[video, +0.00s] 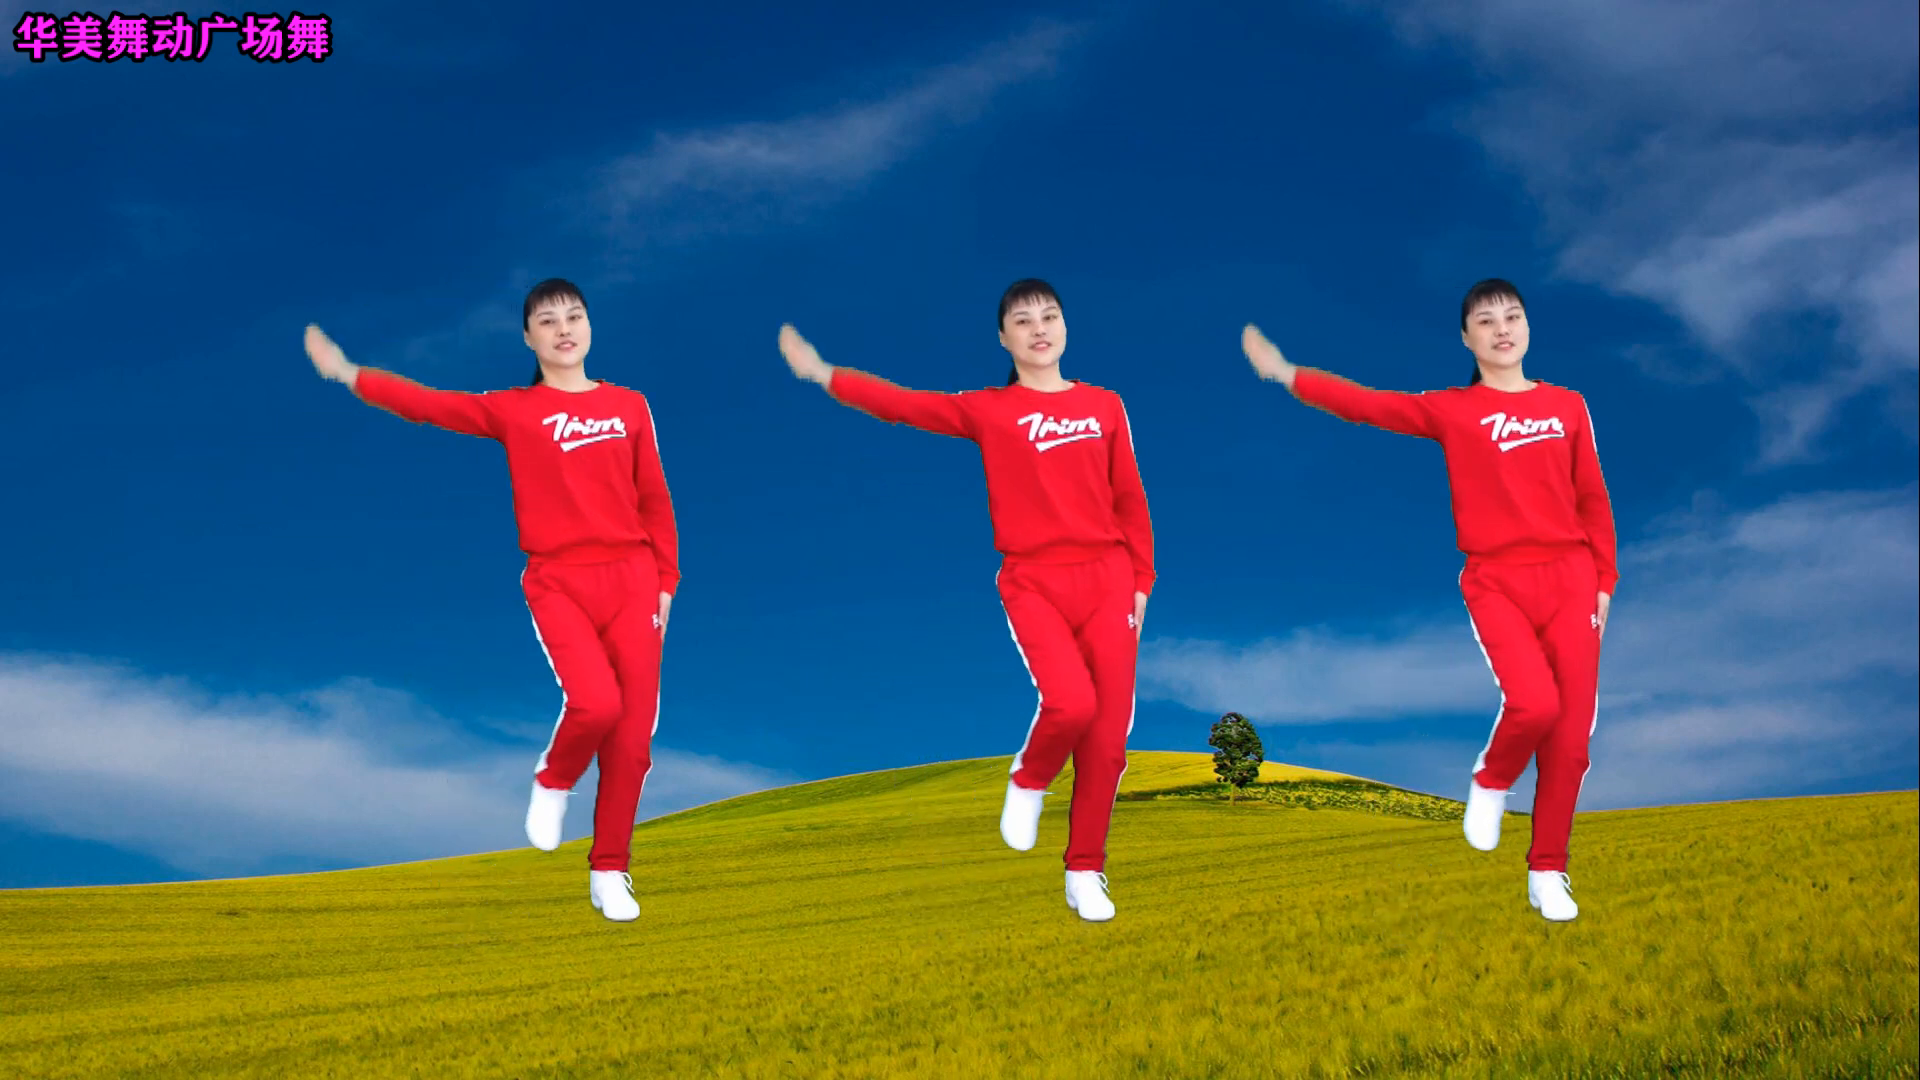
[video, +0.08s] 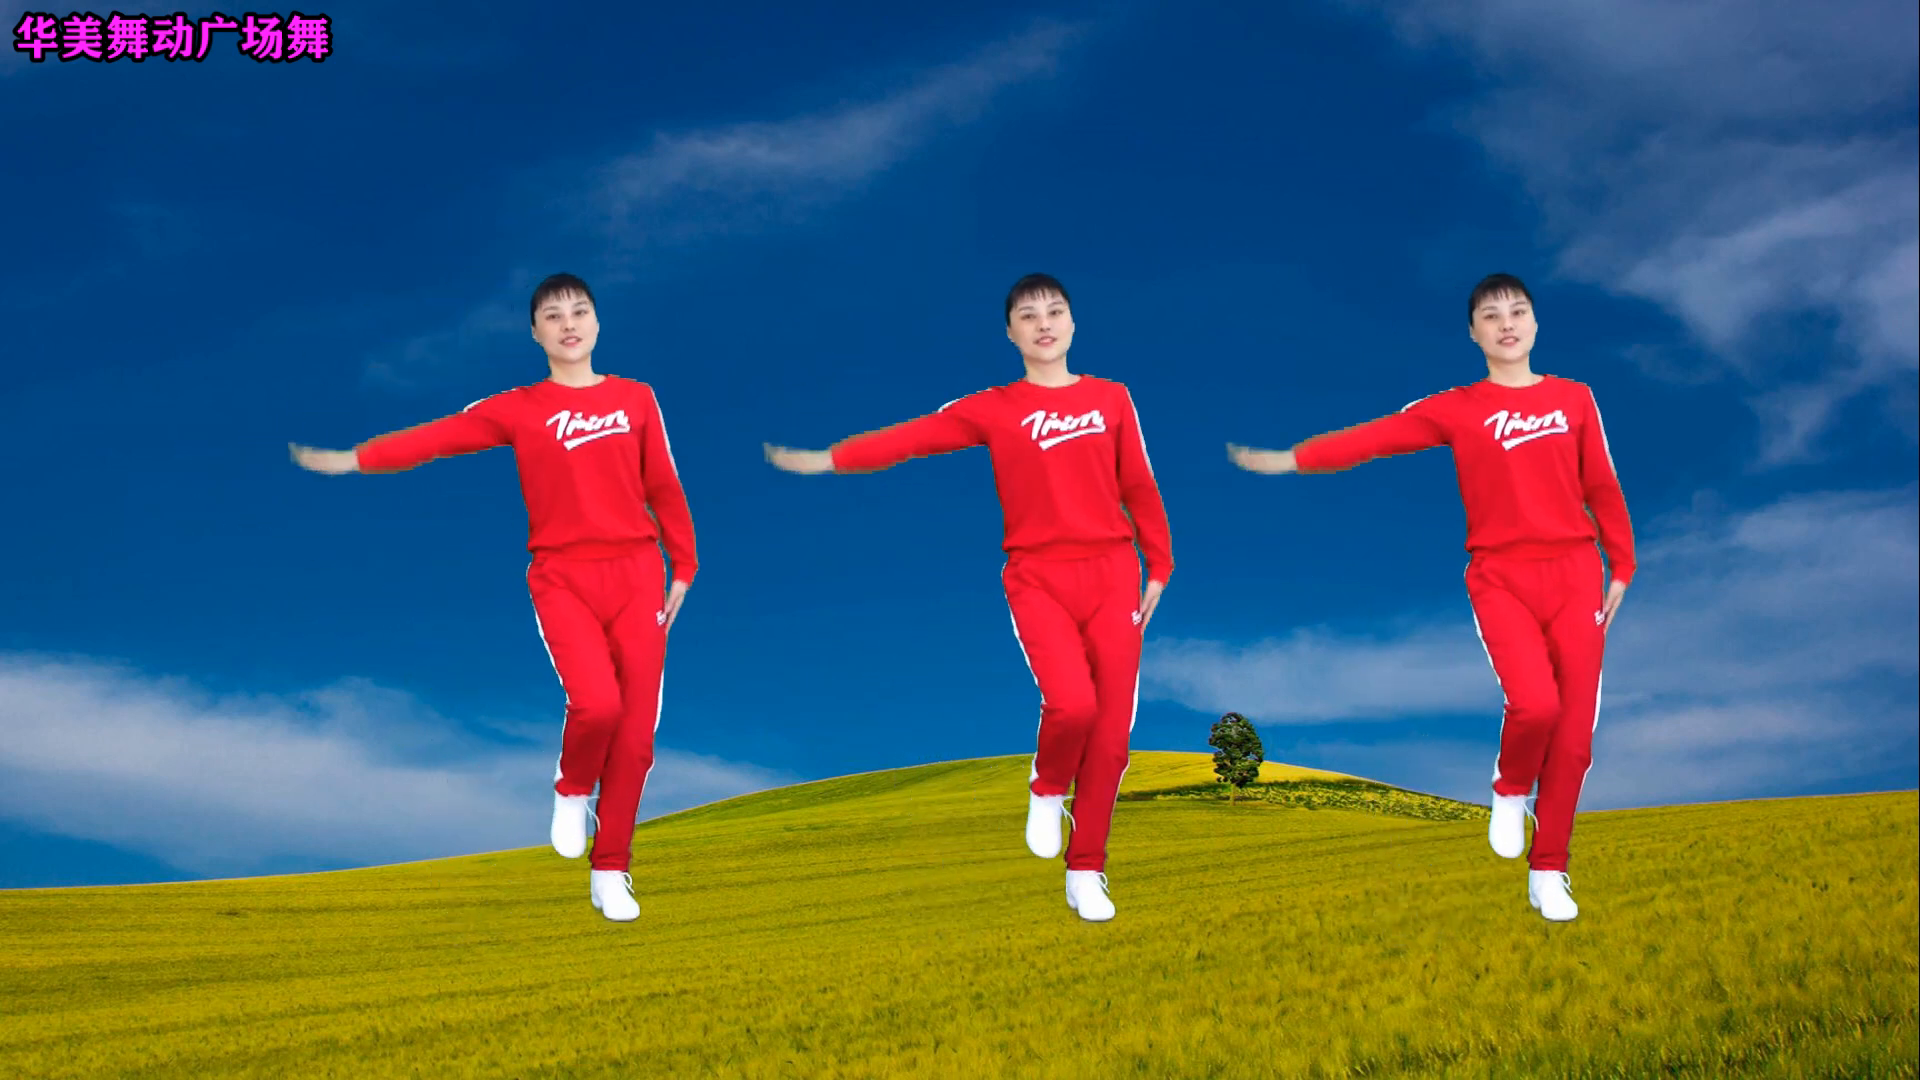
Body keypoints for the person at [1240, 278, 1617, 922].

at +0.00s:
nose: (1502, 329)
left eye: (1511, 318)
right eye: (1487, 321)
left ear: (1528, 328)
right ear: (1468, 337)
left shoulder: (1567, 405)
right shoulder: (1450, 407)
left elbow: (1595, 499)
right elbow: (1364, 403)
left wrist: (1605, 580)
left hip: (1570, 574)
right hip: (1495, 578)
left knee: (1574, 730)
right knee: (1536, 706)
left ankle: (1548, 869)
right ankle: (1490, 785)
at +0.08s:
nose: (1507, 324)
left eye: (1517, 313)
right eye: (1492, 316)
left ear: (1535, 323)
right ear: (1475, 332)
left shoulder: (1574, 398)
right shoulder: (1454, 407)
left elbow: (1604, 488)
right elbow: (1372, 438)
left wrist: (1622, 566)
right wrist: (1289, 458)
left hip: (1576, 569)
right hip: (1499, 574)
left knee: (1577, 728)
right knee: (1536, 706)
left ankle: (1549, 869)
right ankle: (1511, 792)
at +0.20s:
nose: (1511, 305)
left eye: (1523, 294)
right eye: (1498, 297)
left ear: (1542, 305)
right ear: (1482, 313)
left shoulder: (1579, 374)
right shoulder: (1466, 390)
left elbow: (1629, 451)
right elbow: (1417, 467)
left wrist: (1668, 524)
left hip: (1575, 560)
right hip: (1499, 563)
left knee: (1570, 721)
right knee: (1521, 717)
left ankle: (1557, 863)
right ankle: (1516, 827)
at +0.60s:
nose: (1492, 321)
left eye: (1508, 310)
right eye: (1488, 313)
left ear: (1543, 324)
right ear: (1485, 331)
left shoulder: (1571, 401)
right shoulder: (1470, 413)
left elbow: (1612, 485)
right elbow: (1448, 502)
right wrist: (1431, 575)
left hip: (1560, 578)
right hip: (1486, 581)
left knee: (1559, 728)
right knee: (1479, 722)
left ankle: (1550, 868)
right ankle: (1493, 834)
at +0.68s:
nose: (1486, 322)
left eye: (1501, 312)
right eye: (1483, 314)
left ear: (1538, 324)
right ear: (1482, 330)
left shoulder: (1565, 399)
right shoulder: (1470, 413)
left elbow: (1560, 489)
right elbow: (1449, 503)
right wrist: (1434, 576)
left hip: (1557, 577)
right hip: (1487, 579)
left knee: (1557, 729)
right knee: (1460, 709)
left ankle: (1550, 867)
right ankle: (1470, 821)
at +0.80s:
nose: (1475, 305)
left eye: (1490, 293)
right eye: (1472, 297)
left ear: (1529, 303)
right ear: (1471, 314)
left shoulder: (1558, 369)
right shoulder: (1456, 393)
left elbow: (1494, 386)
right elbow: (1442, 485)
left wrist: (1407, 407)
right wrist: (1430, 560)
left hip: (1542, 557)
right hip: (1469, 561)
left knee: (1547, 716)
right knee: (1431, 698)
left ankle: (1552, 864)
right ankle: (1422, 829)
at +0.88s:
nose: (1467, 293)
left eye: (1482, 282)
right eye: (1463, 286)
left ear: (1520, 294)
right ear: (1462, 299)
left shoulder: (1547, 357)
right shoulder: (1448, 385)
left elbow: (1487, 331)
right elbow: (1430, 475)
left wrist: (1406, 316)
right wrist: (1418, 554)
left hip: (1528, 551)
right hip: (1456, 554)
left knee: (1540, 714)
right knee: (1414, 705)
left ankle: (1553, 861)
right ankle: (1387, 845)